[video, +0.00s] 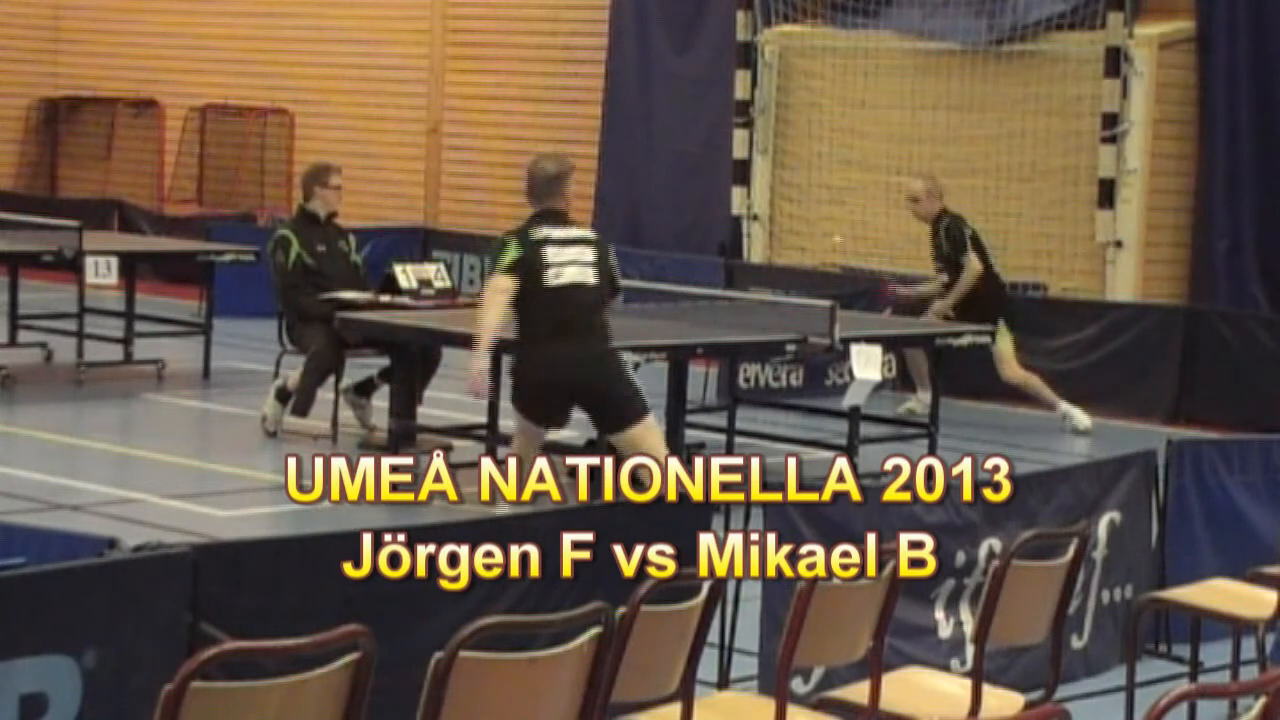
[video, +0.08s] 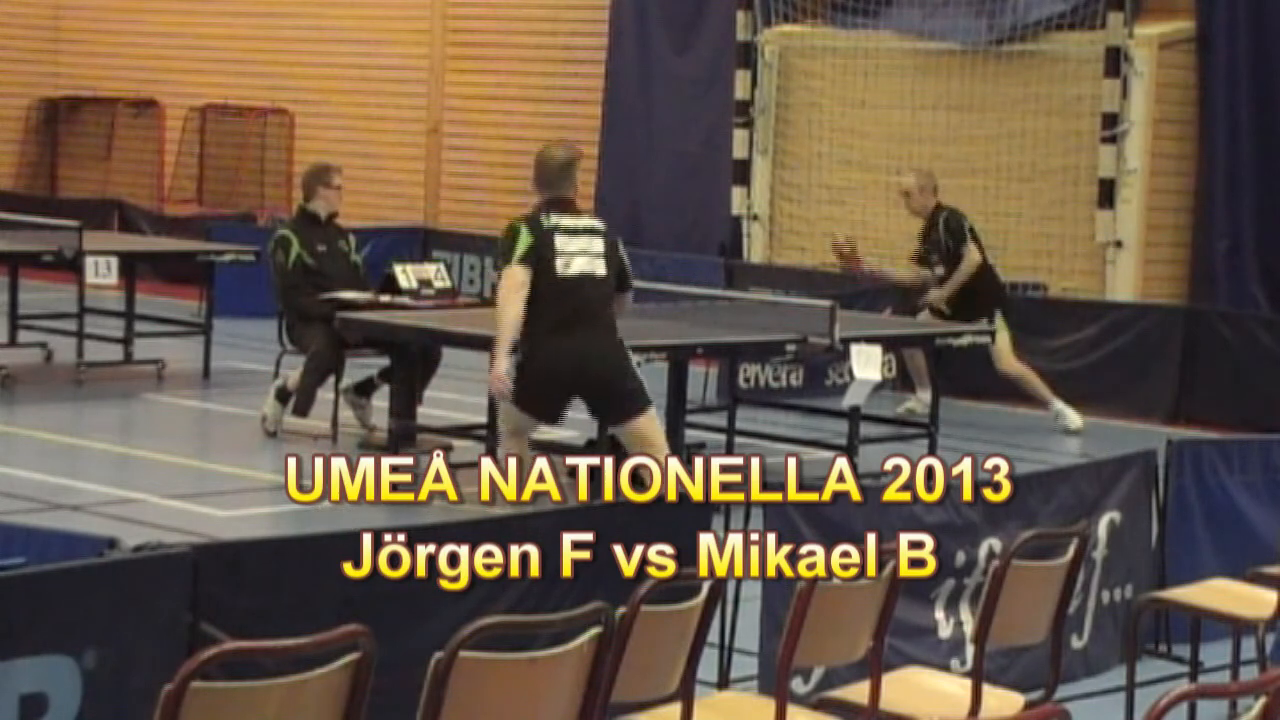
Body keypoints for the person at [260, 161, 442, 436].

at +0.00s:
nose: (341, 194)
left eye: (341, 188)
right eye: (335, 188)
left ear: (327, 192)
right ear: (316, 190)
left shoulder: (342, 235)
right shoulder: (289, 237)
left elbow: (358, 281)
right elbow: (293, 297)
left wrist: (369, 302)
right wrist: (338, 311)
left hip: (351, 318)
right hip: (311, 319)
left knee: (425, 351)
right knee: (328, 352)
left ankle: (362, 391)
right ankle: (283, 394)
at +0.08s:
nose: (342, 194)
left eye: (342, 188)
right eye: (337, 188)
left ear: (326, 192)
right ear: (319, 191)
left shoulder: (342, 235)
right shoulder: (289, 237)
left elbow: (358, 281)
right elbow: (293, 297)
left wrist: (369, 303)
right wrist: (337, 311)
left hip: (351, 319)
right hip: (310, 319)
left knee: (425, 351)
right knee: (328, 352)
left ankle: (362, 391)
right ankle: (283, 394)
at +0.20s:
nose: (343, 195)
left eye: (342, 189)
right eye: (338, 188)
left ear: (326, 192)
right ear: (321, 191)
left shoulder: (342, 235)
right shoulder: (289, 237)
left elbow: (358, 282)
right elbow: (293, 297)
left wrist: (370, 302)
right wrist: (338, 310)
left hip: (351, 318)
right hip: (310, 319)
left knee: (425, 351)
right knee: (328, 352)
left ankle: (362, 391)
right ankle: (283, 394)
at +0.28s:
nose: (343, 195)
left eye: (343, 189)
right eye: (338, 189)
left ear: (326, 192)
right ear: (320, 191)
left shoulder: (342, 236)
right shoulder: (289, 236)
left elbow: (358, 282)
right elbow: (293, 297)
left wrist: (370, 302)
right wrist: (338, 311)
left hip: (350, 318)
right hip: (310, 319)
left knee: (424, 351)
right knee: (328, 352)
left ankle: (362, 391)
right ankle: (283, 395)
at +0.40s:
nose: (340, 196)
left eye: (341, 189)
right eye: (335, 189)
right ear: (314, 191)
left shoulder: (342, 235)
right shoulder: (289, 237)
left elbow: (357, 283)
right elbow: (294, 298)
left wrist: (371, 302)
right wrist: (338, 311)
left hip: (350, 318)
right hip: (310, 319)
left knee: (427, 350)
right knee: (328, 353)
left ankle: (362, 392)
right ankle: (284, 394)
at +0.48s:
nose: (338, 195)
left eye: (340, 189)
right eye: (331, 189)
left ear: (341, 191)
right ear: (310, 191)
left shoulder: (343, 235)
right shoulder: (288, 237)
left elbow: (356, 283)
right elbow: (294, 298)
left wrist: (370, 304)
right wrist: (341, 308)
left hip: (348, 318)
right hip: (307, 319)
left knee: (412, 346)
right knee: (327, 350)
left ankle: (363, 391)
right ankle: (285, 393)